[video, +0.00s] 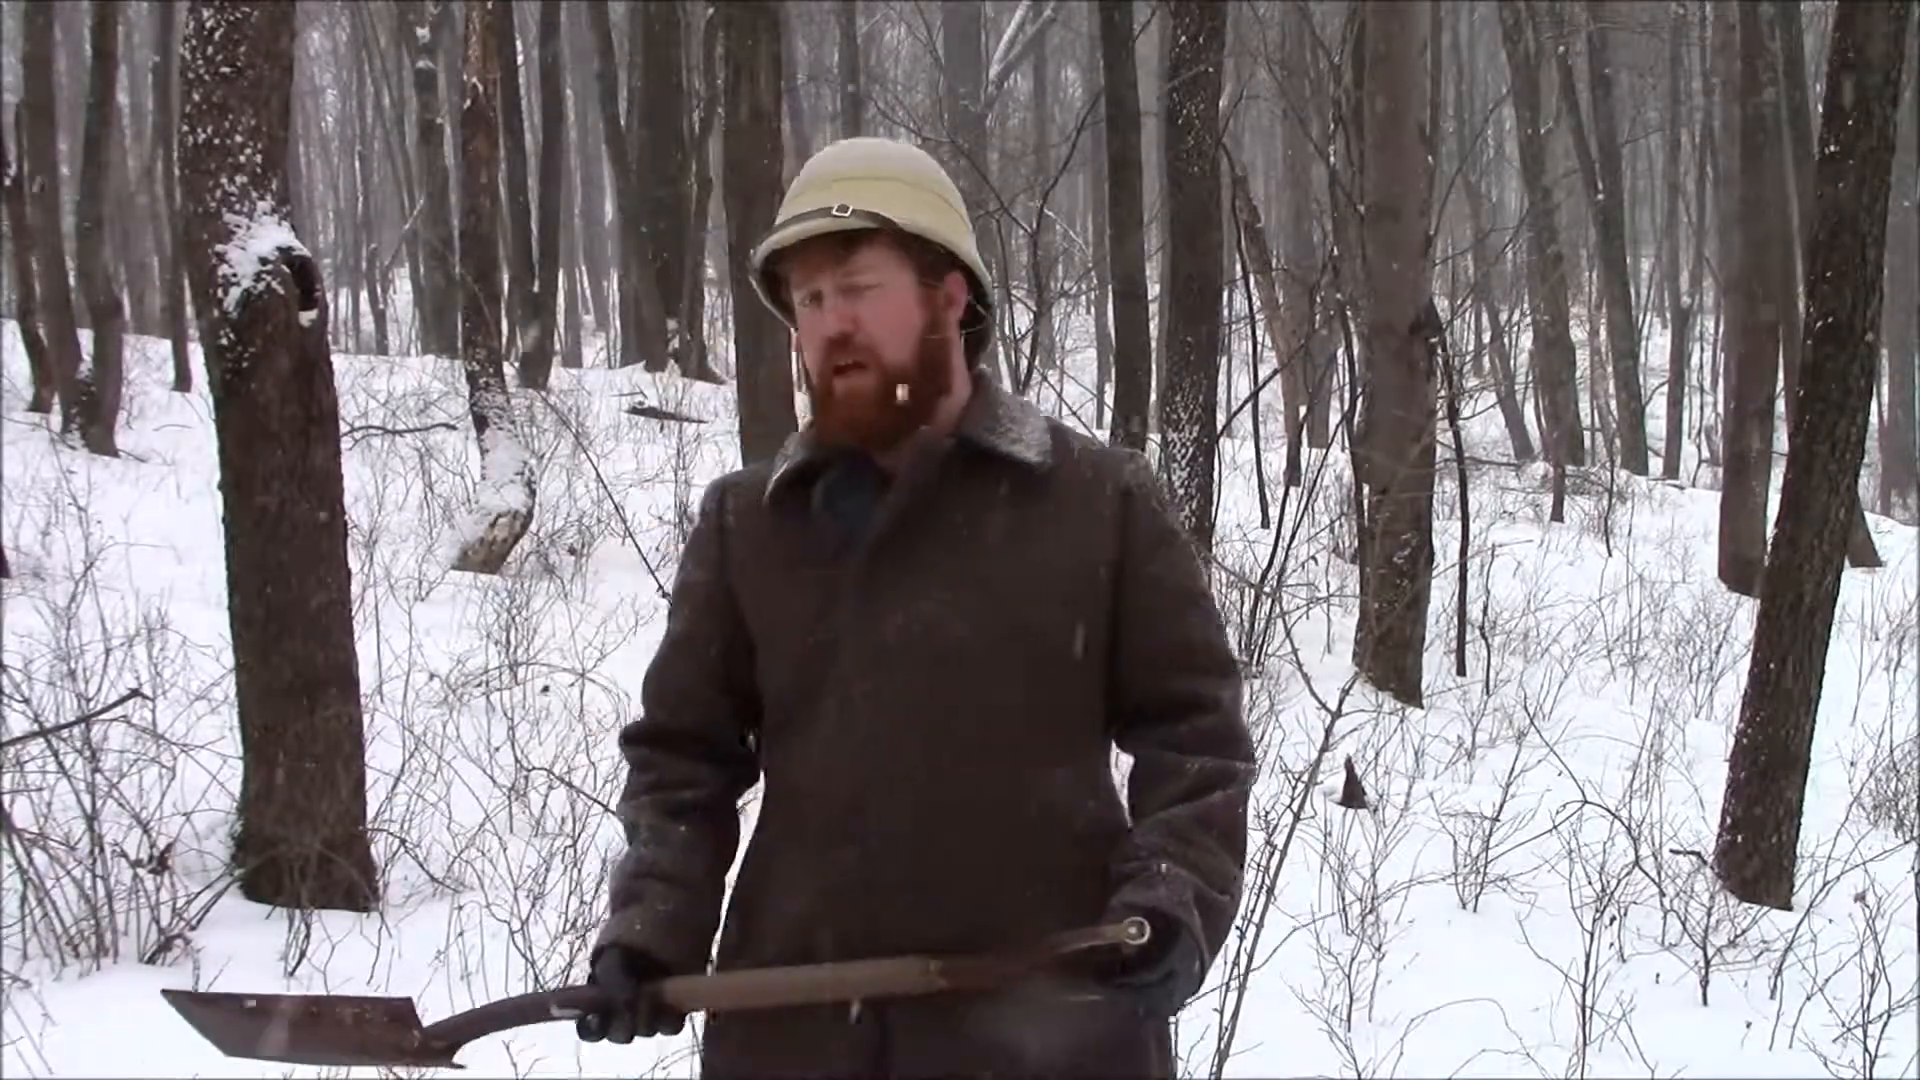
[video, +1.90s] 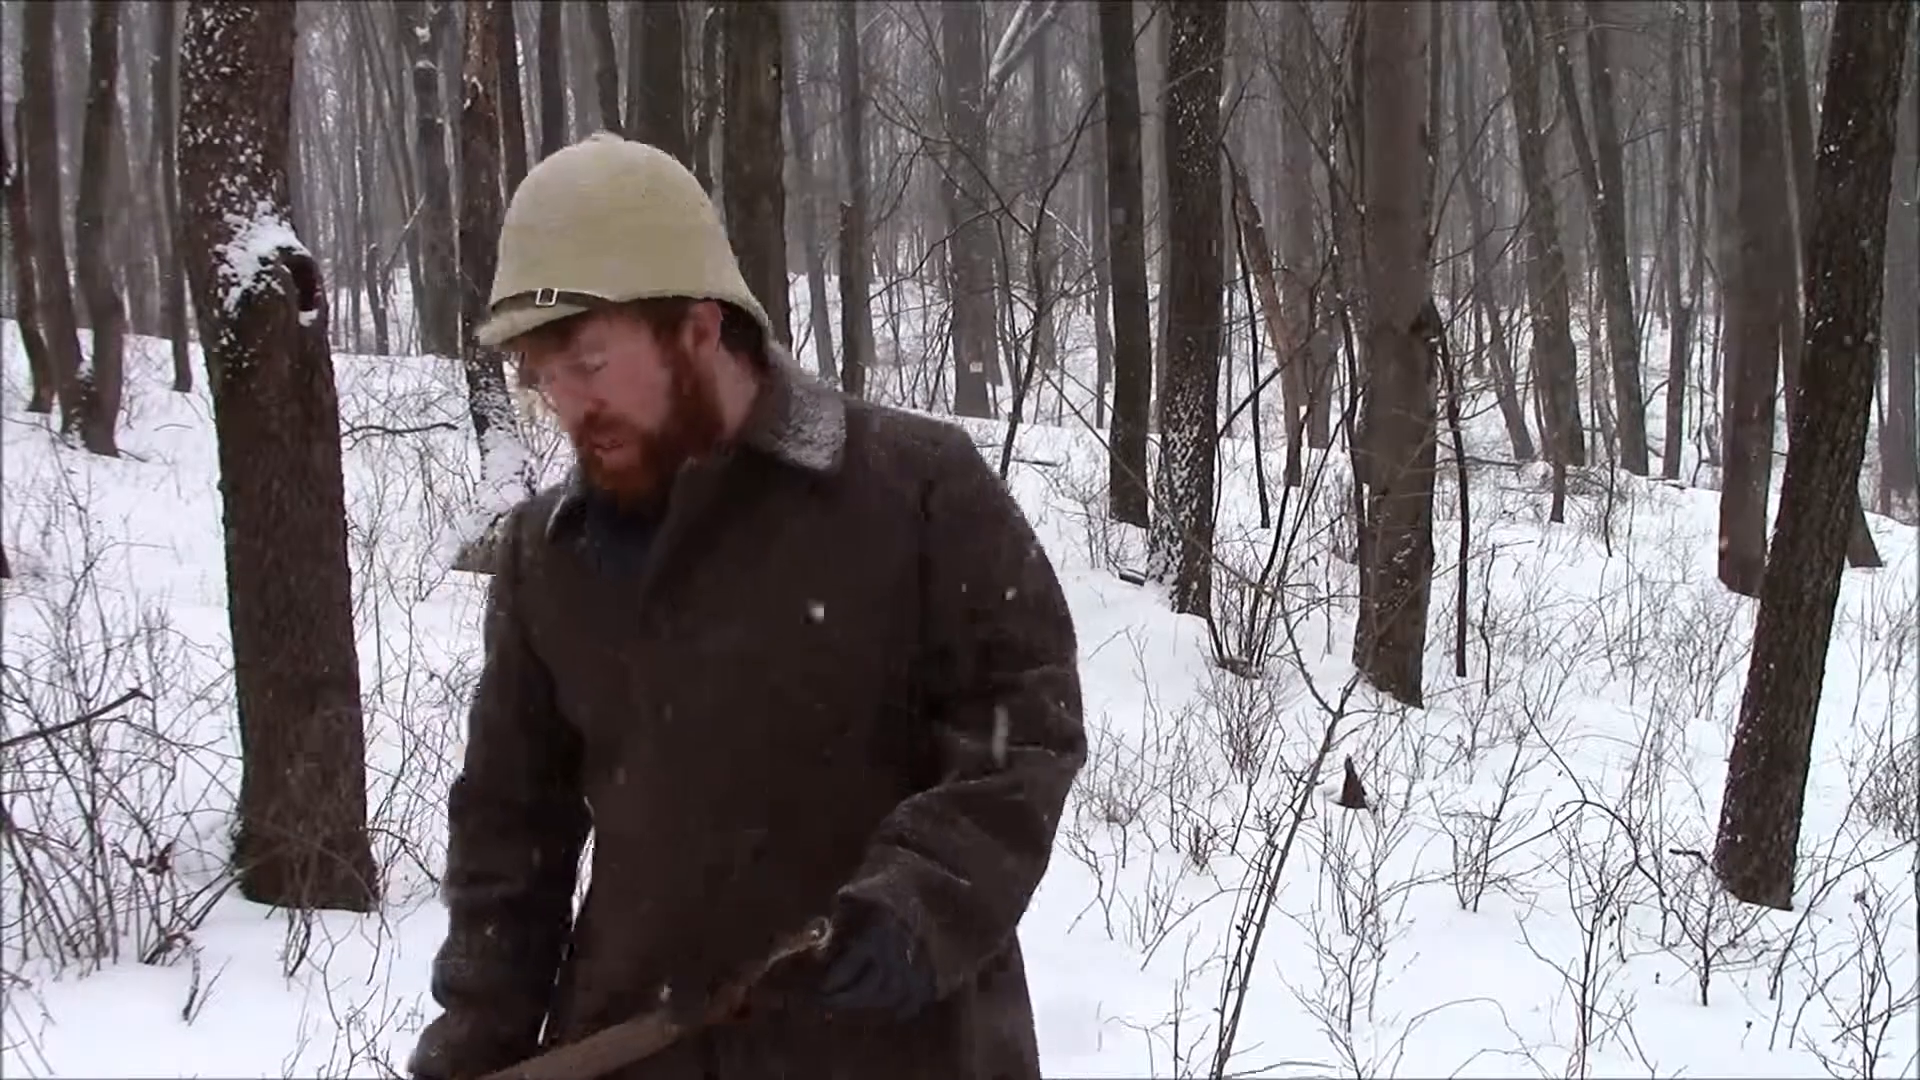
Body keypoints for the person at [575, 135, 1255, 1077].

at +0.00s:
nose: (829, 327)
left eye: (858, 290)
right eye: (808, 301)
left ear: (949, 297)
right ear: (791, 327)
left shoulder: (1100, 502)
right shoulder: (741, 523)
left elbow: (1194, 733)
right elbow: (683, 756)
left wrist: (1173, 891)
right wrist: (649, 933)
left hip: (1044, 1024)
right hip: (791, 1026)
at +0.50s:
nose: (822, 340)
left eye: (857, 301)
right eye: (804, 308)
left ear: (950, 318)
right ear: (784, 321)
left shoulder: (1076, 528)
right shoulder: (712, 519)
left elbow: (1154, 762)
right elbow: (638, 752)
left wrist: (1101, 921)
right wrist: (602, 939)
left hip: (976, 1038)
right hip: (717, 1040)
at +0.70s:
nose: (738, 363)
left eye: (774, 324)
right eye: (718, 329)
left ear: (864, 339)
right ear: (695, 343)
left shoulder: (991, 556)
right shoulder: (614, 540)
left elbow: (1068, 826)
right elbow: (539, 800)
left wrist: (1005, 985)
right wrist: (500, 1023)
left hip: (879, 1048)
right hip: (625, 1051)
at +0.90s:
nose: (645, 344)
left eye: (680, 305)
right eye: (619, 308)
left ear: (766, 312)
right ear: (588, 318)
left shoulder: (898, 512)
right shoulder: (501, 510)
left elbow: (979, 750)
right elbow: (418, 771)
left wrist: (944, 923)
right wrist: (390, 1012)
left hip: (833, 1043)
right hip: (563, 1045)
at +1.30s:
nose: (521, 336)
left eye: (551, 289)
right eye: (497, 302)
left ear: (653, 278)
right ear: (476, 313)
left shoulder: (834, 485)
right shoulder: (428, 519)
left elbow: (943, 711)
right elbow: (362, 785)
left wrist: (946, 884)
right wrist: (372, 1005)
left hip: (806, 1040)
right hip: (530, 1052)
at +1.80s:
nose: (547, 364)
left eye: (574, 320)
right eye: (525, 332)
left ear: (681, 293)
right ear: (508, 337)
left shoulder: (887, 474)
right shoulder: (501, 533)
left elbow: (981, 705)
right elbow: (459, 805)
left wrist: (864, 865)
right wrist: (428, 1027)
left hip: (852, 1044)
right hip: (589, 1044)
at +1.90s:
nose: (567, 411)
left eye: (586, 364)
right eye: (542, 380)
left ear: (697, 322)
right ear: (528, 382)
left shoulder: (922, 489)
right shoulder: (548, 558)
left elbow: (1025, 730)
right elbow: (509, 824)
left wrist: (920, 903)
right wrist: (476, 1035)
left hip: (890, 1043)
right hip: (631, 1046)